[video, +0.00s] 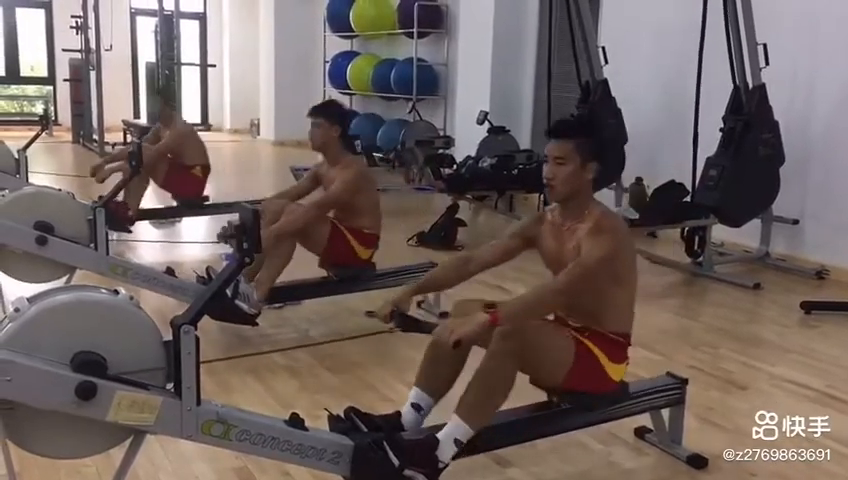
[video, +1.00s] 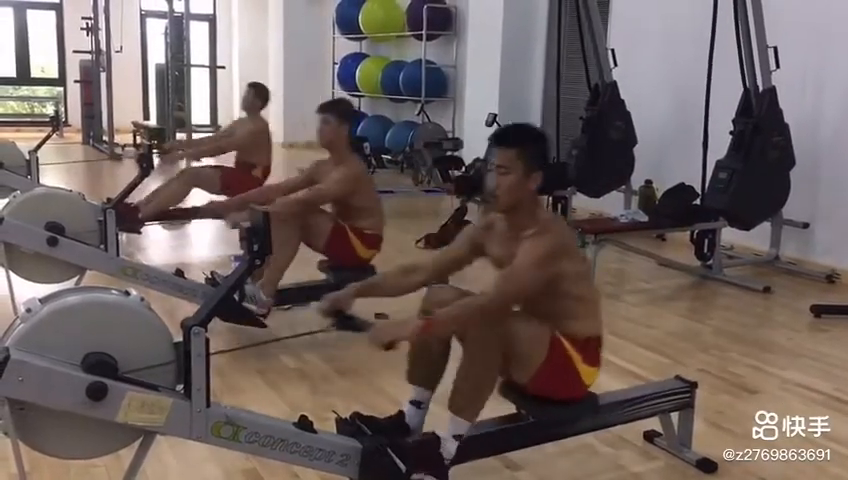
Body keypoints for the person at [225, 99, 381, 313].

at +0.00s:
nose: (310, 132)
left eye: (316, 126)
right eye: (311, 126)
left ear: (336, 131)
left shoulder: (352, 173)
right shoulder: (324, 167)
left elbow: (310, 211)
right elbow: (290, 194)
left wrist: (264, 237)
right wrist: (253, 214)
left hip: (358, 247)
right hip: (342, 239)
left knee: (293, 215)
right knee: (273, 208)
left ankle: (257, 297)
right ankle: (243, 281)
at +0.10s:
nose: (294, 134)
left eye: (301, 128)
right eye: (295, 127)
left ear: (320, 133)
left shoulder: (337, 173)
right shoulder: (308, 169)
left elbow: (296, 209)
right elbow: (275, 195)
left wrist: (249, 237)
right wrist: (230, 222)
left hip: (347, 249)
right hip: (330, 241)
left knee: (285, 214)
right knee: (268, 205)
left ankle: (256, 296)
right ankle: (243, 282)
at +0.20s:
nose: (277, 135)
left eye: (284, 129)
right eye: (279, 129)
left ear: (304, 134)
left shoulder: (322, 175)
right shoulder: (291, 171)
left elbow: (273, 215)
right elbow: (250, 200)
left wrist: (223, 239)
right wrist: (203, 228)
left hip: (333, 253)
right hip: (318, 245)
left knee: (274, 214)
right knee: (260, 202)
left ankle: (257, 297)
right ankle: (244, 286)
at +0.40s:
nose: (245, 140)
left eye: (252, 134)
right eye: (246, 134)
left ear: (273, 137)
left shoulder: (289, 178)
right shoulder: (258, 175)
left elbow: (242, 214)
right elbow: (218, 201)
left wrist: (187, 239)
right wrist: (167, 225)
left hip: (309, 258)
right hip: (288, 253)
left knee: (259, 213)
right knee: (234, 208)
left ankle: (259, 293)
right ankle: (247, 282)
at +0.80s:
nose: (258, 135)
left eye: (266, 130)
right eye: (260, 129)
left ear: (287, 136)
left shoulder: (294, 175)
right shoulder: (270, 170)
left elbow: (242, 203)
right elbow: (222, 191)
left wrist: (185, 217)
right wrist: (167, 209)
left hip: (322, 252)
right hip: (307, 244)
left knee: (272, 208)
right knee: (248, 209)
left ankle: (263, 287)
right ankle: (247, 276)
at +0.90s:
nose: (287, 131)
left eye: (294, 126)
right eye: (288, 125)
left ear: (314, 133)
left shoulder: (323, 174)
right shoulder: (296, 168)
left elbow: (266, 202)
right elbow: (254, 191)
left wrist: (215, 220)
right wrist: (196, 209)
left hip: (340, 249)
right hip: (324, 242)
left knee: (280, 210)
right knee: (268, 206)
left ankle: (264, 289)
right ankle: (248, 279)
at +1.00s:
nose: (319, 129)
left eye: (326, 123)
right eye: (320, 123)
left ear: (345, 129)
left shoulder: (350, 172)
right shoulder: (323, 167)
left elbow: (301, 203)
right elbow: (279, 189)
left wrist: (255, 213)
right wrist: (232, 203)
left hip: (359, 245)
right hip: (345, 236)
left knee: (291, 215)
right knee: (280, 210)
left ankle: (265, 293)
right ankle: (257, 281)